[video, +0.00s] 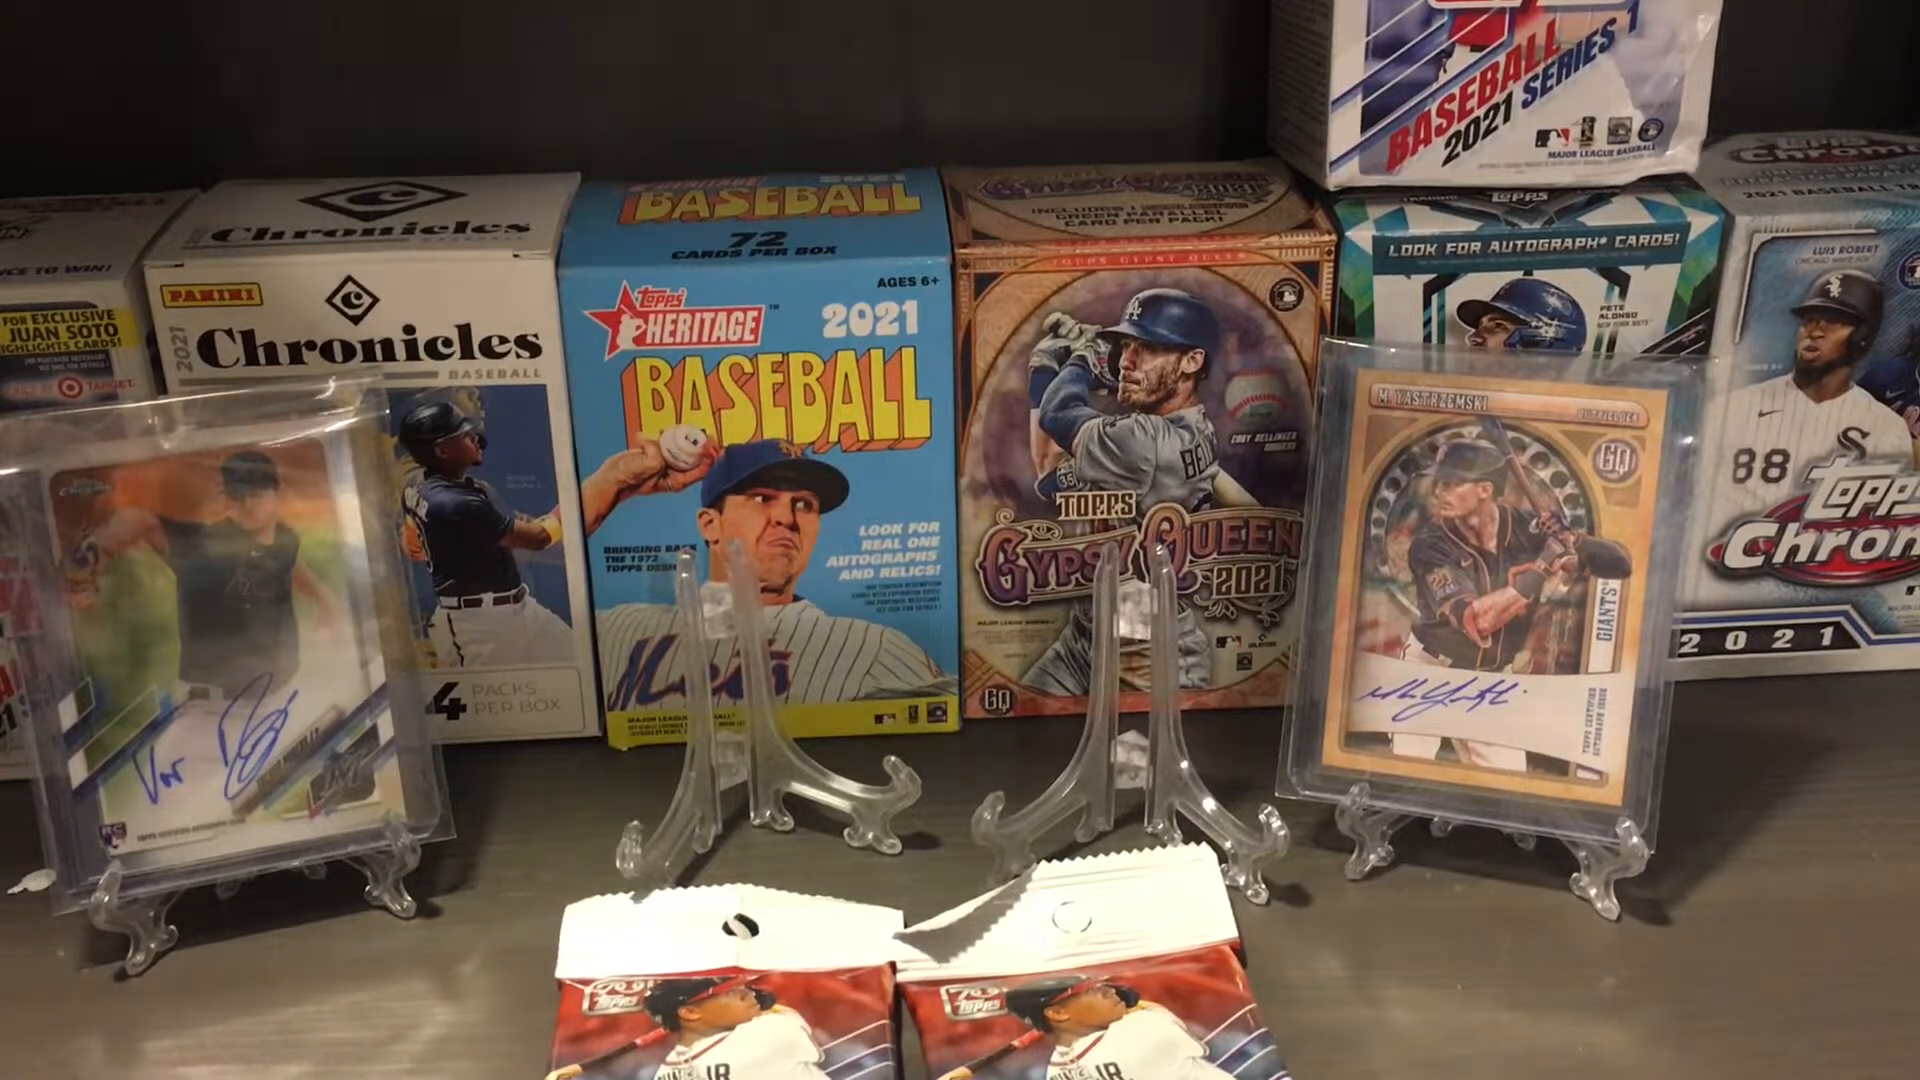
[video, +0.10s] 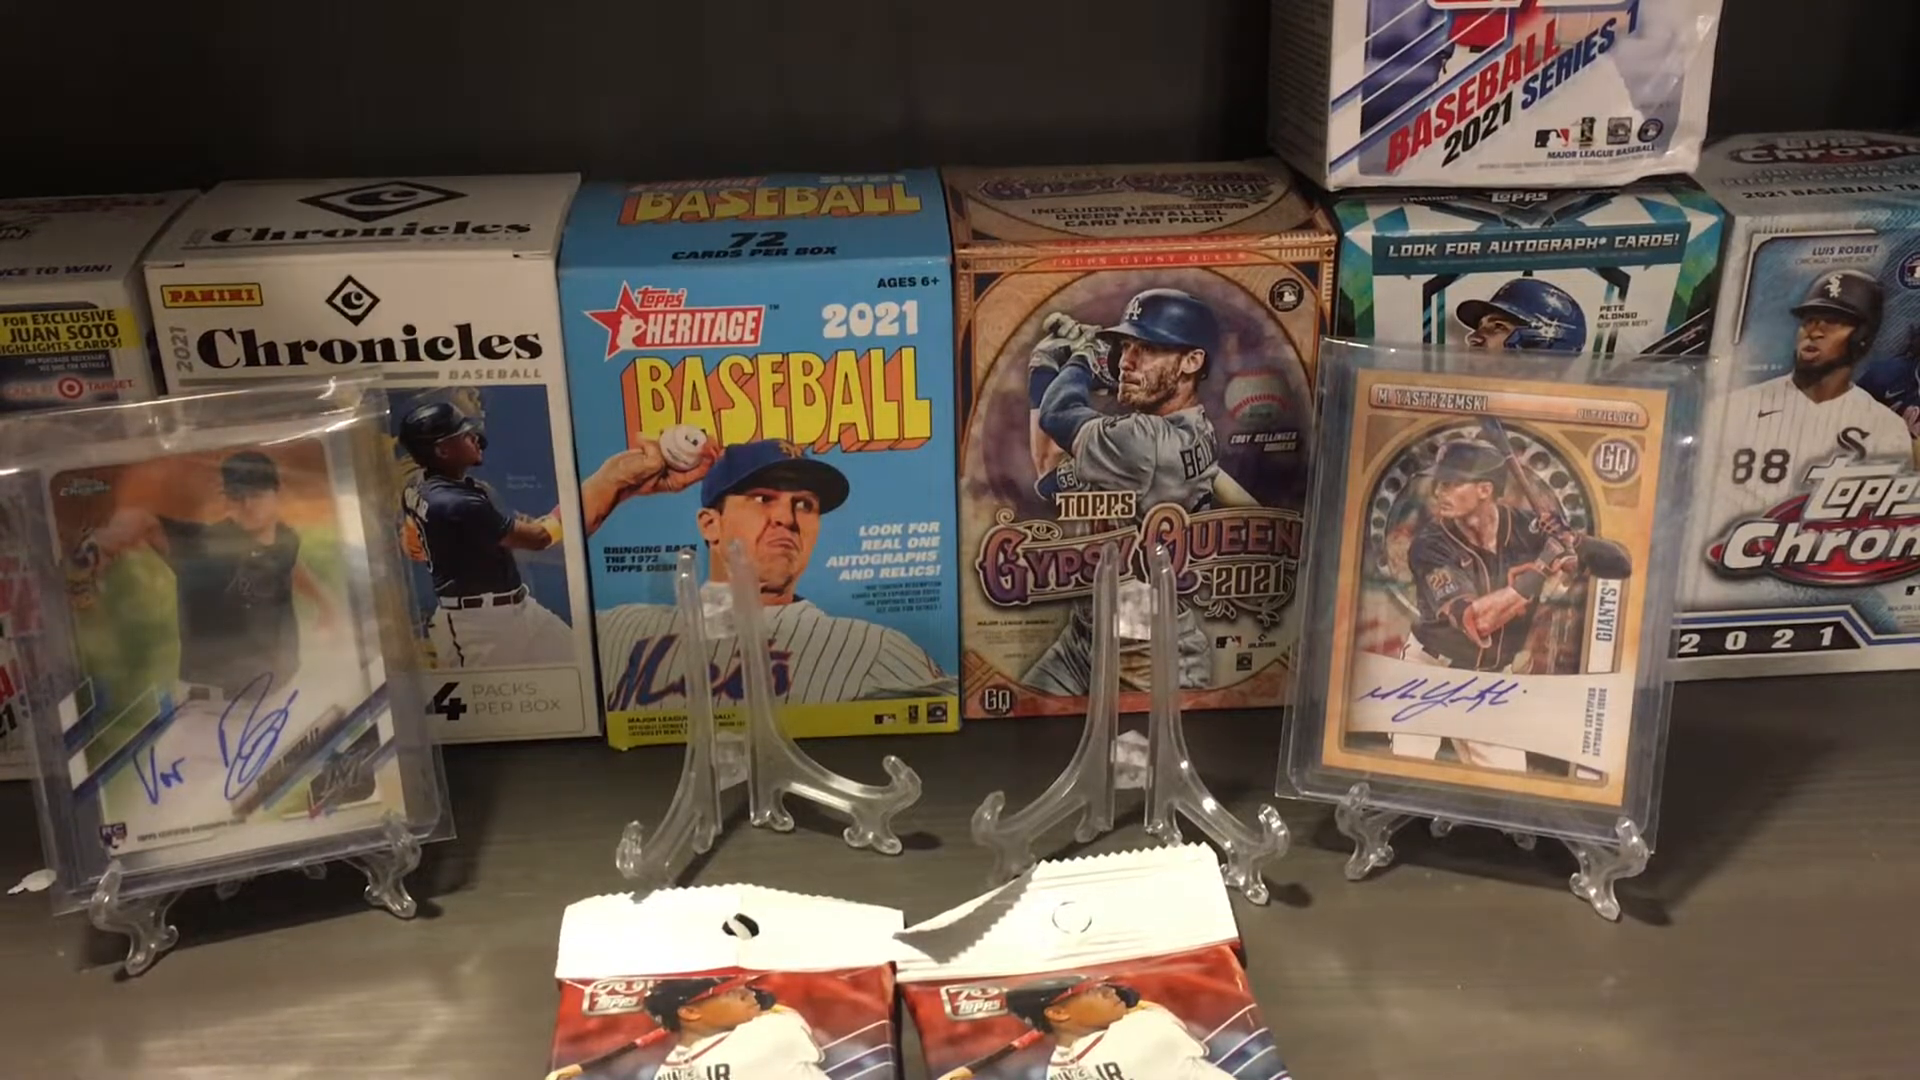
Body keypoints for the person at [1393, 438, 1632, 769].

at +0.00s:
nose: (1440, 492)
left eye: (1452, 485)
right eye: (1439, 484)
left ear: (1485, 490)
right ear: (1436, 486)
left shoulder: (1526, 528)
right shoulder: (1430, 542)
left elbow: (1622, 563)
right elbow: (1474, 622)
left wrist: (1575, 547)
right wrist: (1540, 570)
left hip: (1495, 676)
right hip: (1430, 669)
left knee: (1509, 788)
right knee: (1412, 772)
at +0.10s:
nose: (1439, 493)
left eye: (1451, 485)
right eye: (1439, 484)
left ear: (1484, 491)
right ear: (1436, 486)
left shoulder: (1526, 528)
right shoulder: (1430, 541)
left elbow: (1622, 564)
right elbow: (1474, 622)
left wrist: (1574, 545)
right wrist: (1539, 569)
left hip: (1495, 676)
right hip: (1429, 669)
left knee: (1509, 789)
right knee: (1411, 773)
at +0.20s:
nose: (1439, 493)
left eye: (1451, 485)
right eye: (1439, 484)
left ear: (1484, 491)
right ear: (1435, 486)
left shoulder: (1526, 528)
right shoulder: (1430, 541)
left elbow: (1622, 564)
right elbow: (1473, 622)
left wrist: (1574, 544)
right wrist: (1539, 569)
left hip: (1494, 677)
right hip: (1428, 669)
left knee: (1509, 789)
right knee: (1412, 773)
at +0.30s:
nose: (1439, 493)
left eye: (1451, 485)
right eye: (1439, 484)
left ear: (1485, 491)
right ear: (1436, 487)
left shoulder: (1526, 529)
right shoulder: (1430, 542)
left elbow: (1622, 564)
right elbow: (1474, 622)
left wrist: (1575, 545)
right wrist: (1540, 570)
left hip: (1495, 676)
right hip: (1430, 669)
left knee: (1509, 789)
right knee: (1412, 772)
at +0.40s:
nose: (1439, 493)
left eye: (1451, 485)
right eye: (1439, 484)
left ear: (1484, 491)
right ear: (1436, 486)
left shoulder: (1526, 529)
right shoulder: (1430, 542)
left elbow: (1622, 563)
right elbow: (1474, 622)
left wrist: (1574, 547)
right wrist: (1540, 569)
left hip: (1495, 676)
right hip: (1430, 669)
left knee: (1509, 790)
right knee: (1411, 772)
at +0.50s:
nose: (1439, 491)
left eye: (1451, 484)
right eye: (1439, 483)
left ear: (1484, 490)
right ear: (1436, 485)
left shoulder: (1526, 528)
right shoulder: (1430, 540)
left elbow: (1621, 562)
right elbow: (1474, 622)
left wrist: (1574, 550)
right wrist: (1540, 567)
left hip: (1493, 677)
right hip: (1429, 670)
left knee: (1509, 788)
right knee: (1409, 775)